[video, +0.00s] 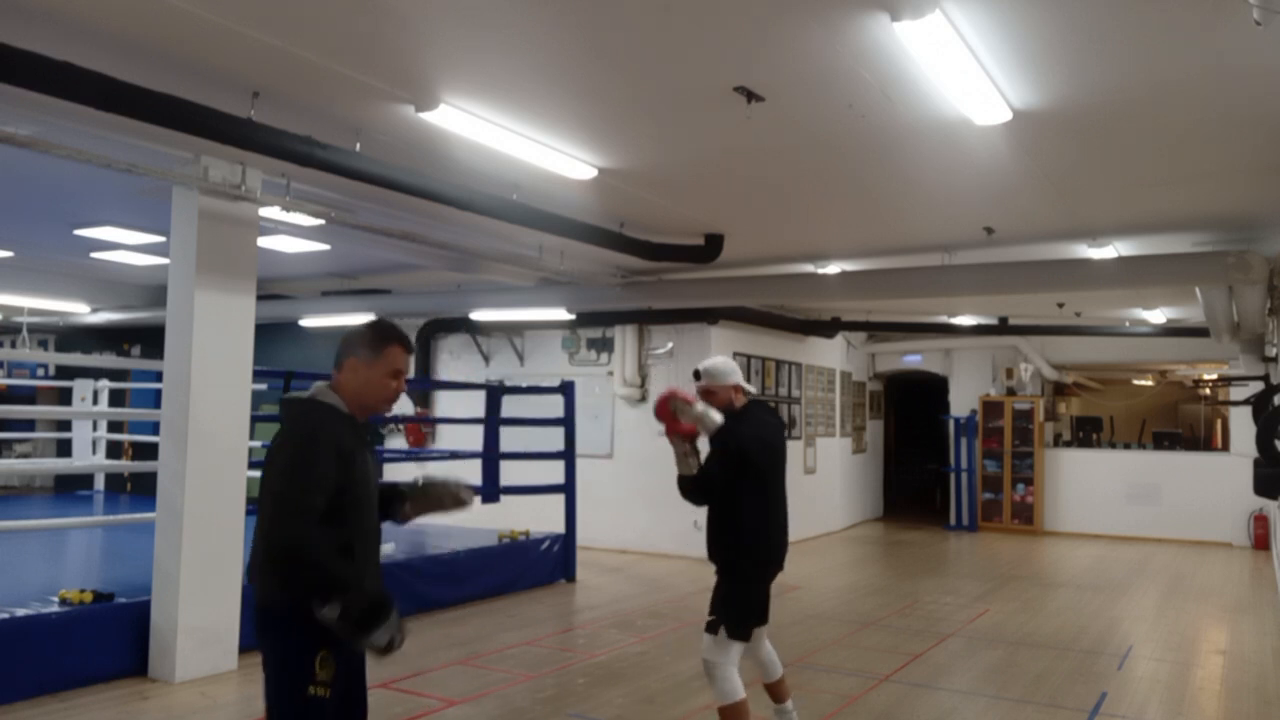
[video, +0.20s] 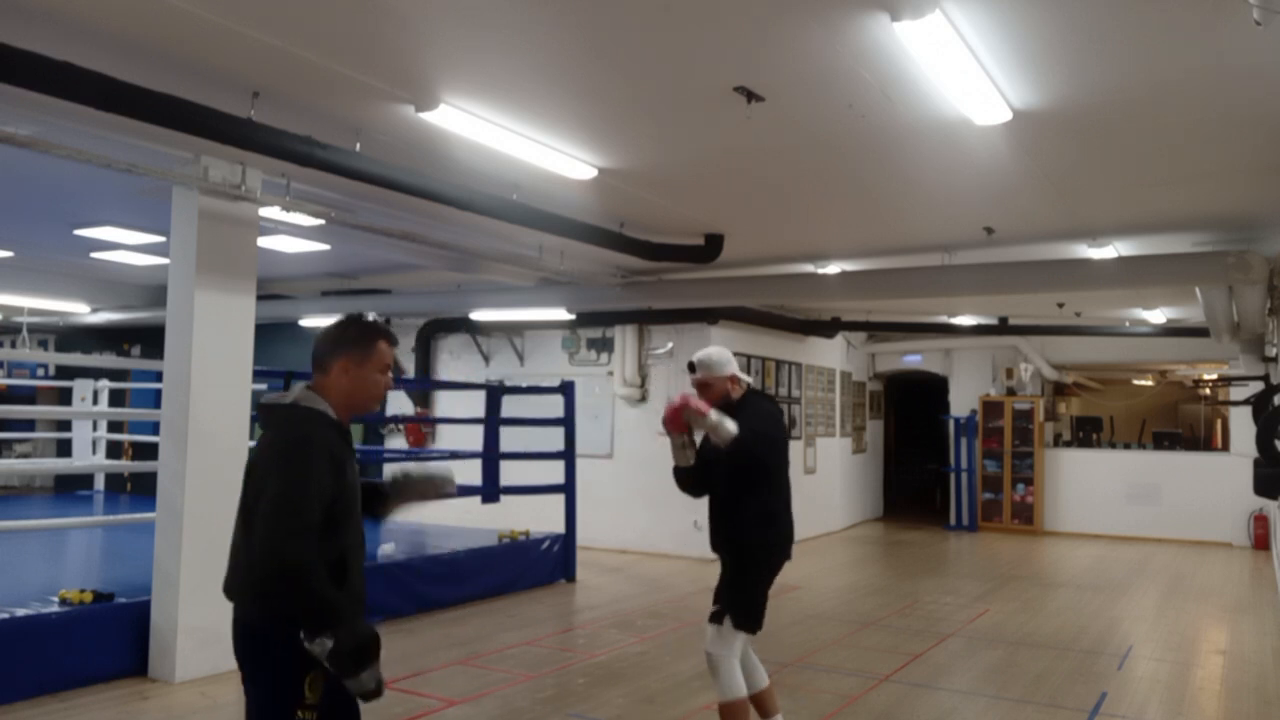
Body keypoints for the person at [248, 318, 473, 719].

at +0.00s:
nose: (401, 389)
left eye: (404, 378)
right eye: (394, 375)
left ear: (352, 370)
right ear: (352, 367)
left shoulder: (346, 427)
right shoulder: (314, 428)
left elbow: (346, 504)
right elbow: (299, 540)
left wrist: (405, 502)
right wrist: (369, 613)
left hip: (329, 616)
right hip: (302, 619)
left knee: (343, 709)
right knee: (312, 711)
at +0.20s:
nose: (389, 383)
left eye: (390, 372)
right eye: (383, 370)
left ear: (345, 369)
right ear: (345, 367)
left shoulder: (315, 423)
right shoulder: (310, 432)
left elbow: (324, 505)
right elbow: (296, 553)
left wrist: (388, 496)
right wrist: (352, 647)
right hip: (288, 630)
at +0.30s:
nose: (386, 370)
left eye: (386, 359)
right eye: (381, 357)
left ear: (343, 356)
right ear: (345, 356)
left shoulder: (301, 411)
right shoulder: (307, 422)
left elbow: (325, 474)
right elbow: (291, 542)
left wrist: (387, 442)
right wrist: (352, 625)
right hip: (283, 621)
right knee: (309, 712)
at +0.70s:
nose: (396, 372)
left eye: (395, 361)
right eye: (391, 359)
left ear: (354, 358)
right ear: (357, 357)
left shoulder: (303, 417)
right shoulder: (321, 432)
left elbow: (326, 482)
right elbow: (327, 563)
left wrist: (399, 445)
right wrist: (401, 607)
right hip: (304, 622)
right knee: (350, 711)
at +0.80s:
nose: (414, 380)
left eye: (415, 368)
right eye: (409, 366)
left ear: (371, 363)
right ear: (375, 363)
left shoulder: (327, 421)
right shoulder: (330, 436)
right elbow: (329, 566)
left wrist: (409, 419)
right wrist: (408, 608)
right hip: (317, 631)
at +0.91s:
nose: (431, 389)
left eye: (432, 377)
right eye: (426, 375)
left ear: (393, 371)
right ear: (392, 371)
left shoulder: (374, 431)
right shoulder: (333, 442)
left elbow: (415, 436)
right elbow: (322, 562)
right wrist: (415, 602)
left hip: (359, 625)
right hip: (319, 631)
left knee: (383, 711)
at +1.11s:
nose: (431, 383)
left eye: (433, 372)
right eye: (425, 371)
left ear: (395, 367)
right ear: (390, 365)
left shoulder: (399, 424)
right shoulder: (326, 431)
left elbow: (423, 467)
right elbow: (316, 539)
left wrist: (479, 468)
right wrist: (423, 544)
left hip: (379, 600)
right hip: (324, 606)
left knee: (389, 706)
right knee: (332, 710)